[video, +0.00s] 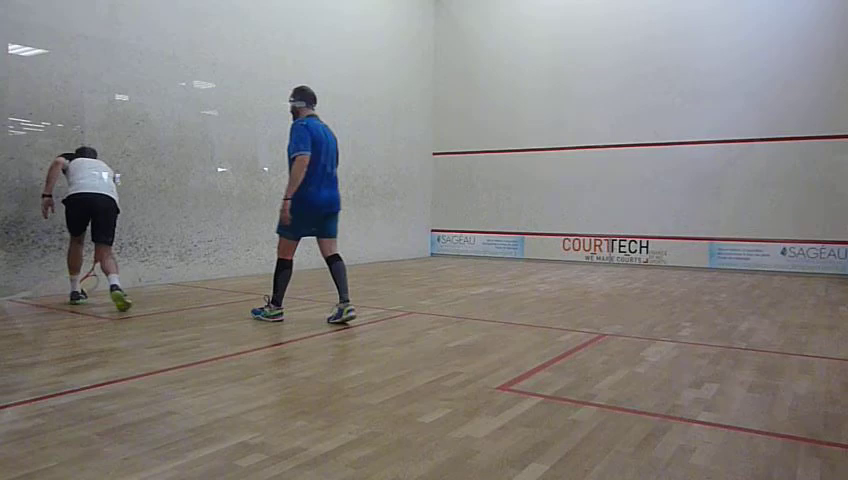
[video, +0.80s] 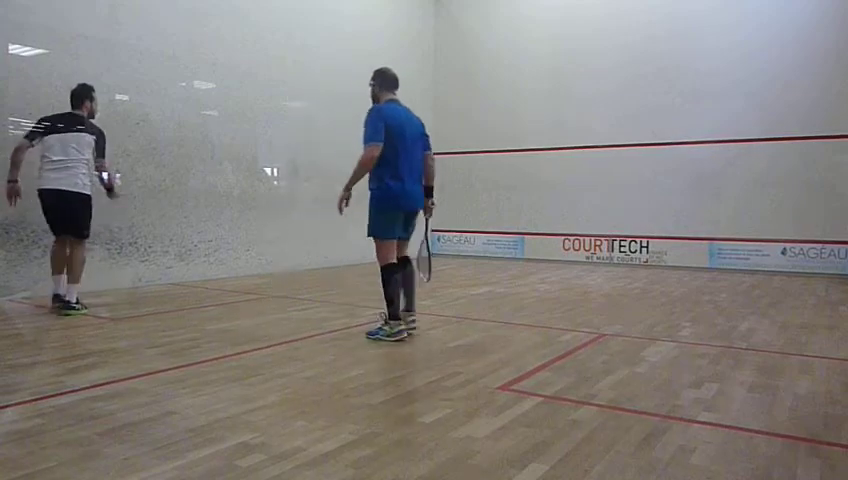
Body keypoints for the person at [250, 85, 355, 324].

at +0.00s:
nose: (291, 110)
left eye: (292, 106)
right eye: (291, 106)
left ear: (297, 106)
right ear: (313, 106)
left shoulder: (300, 127)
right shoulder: (327, 131)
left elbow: (302, 160)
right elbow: (331, 168)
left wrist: (287, 197)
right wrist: (324, 196)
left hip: (303, 200)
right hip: (330, 200)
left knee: (285, 251)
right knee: (330, 249)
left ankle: (275, 305)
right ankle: (345, 303)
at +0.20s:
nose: (308, 106)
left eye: (310, 102)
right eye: (308, 102)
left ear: (319, 103)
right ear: (331, 103)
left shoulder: (320, 123)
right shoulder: (346, 128)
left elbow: (321, 156)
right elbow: (352, 166)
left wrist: (308, 194)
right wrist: (349, 197)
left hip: (324, 197)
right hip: (349, 199)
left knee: (299, 246)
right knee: (345, 249)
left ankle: (298, 307)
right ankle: (347, 309)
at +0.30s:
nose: (319, 105)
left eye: (320, 100)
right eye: (319, 100)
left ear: (325, 101)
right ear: (342, 100)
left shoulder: (328, 121)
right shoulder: (359, 128)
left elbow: (328, 155)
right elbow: (370, 171)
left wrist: (312, 191)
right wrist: (360, 196)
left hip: (331, 198)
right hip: (358, 200)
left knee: (310, 247)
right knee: (350, 249)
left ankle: (332, 302)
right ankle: (348, 309)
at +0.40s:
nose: (329, 102)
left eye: (330, 98)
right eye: (329, 98)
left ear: (335, 98)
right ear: (353, 99)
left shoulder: (336, 121)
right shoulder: (370, 128)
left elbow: (332, 158)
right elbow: (385, 167)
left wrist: (312, 190)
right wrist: (383, 200)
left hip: (340, 199)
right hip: (367, 201)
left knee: (329, 254)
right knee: (353, 251)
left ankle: (365, 300)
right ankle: (349, 308)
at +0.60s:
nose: (347, 101)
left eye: (348, 97)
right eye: (348, 97)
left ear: (353, 97)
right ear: (373, 98)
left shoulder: (352, 123)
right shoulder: (391, 127)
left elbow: (342, 161)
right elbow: (411, 164)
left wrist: (320, 191)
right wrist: (417, 198)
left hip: (364, 201)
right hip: (391, 201)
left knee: (373, 258)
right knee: (369, 256)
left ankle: (393, 320)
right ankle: (354, 308)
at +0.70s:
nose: (357, 97)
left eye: (358, 93)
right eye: (358, 93)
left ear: (363, 92)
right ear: (383, 93)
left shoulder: (364, 118)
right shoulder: (402, 122)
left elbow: (355, 158)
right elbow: (420, 163)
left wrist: (331, 188)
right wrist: (425, 198)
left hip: (376, 198)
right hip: (403, 199)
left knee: (381, 258)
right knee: (384, 255)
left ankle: (394, 322)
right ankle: (374, 308)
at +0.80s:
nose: (370, 93)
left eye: (371, 88)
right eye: (371, 88)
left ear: (376, 88)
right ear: (395, 88)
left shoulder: (377, 114)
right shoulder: (414, 118)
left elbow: (372, 153)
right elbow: (428, 158)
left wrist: (349, 186)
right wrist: (428, 194)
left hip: (387, 196)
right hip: (414, 196)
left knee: (386, 257)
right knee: (402, 252)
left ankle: (394, 323)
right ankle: (409, 315)